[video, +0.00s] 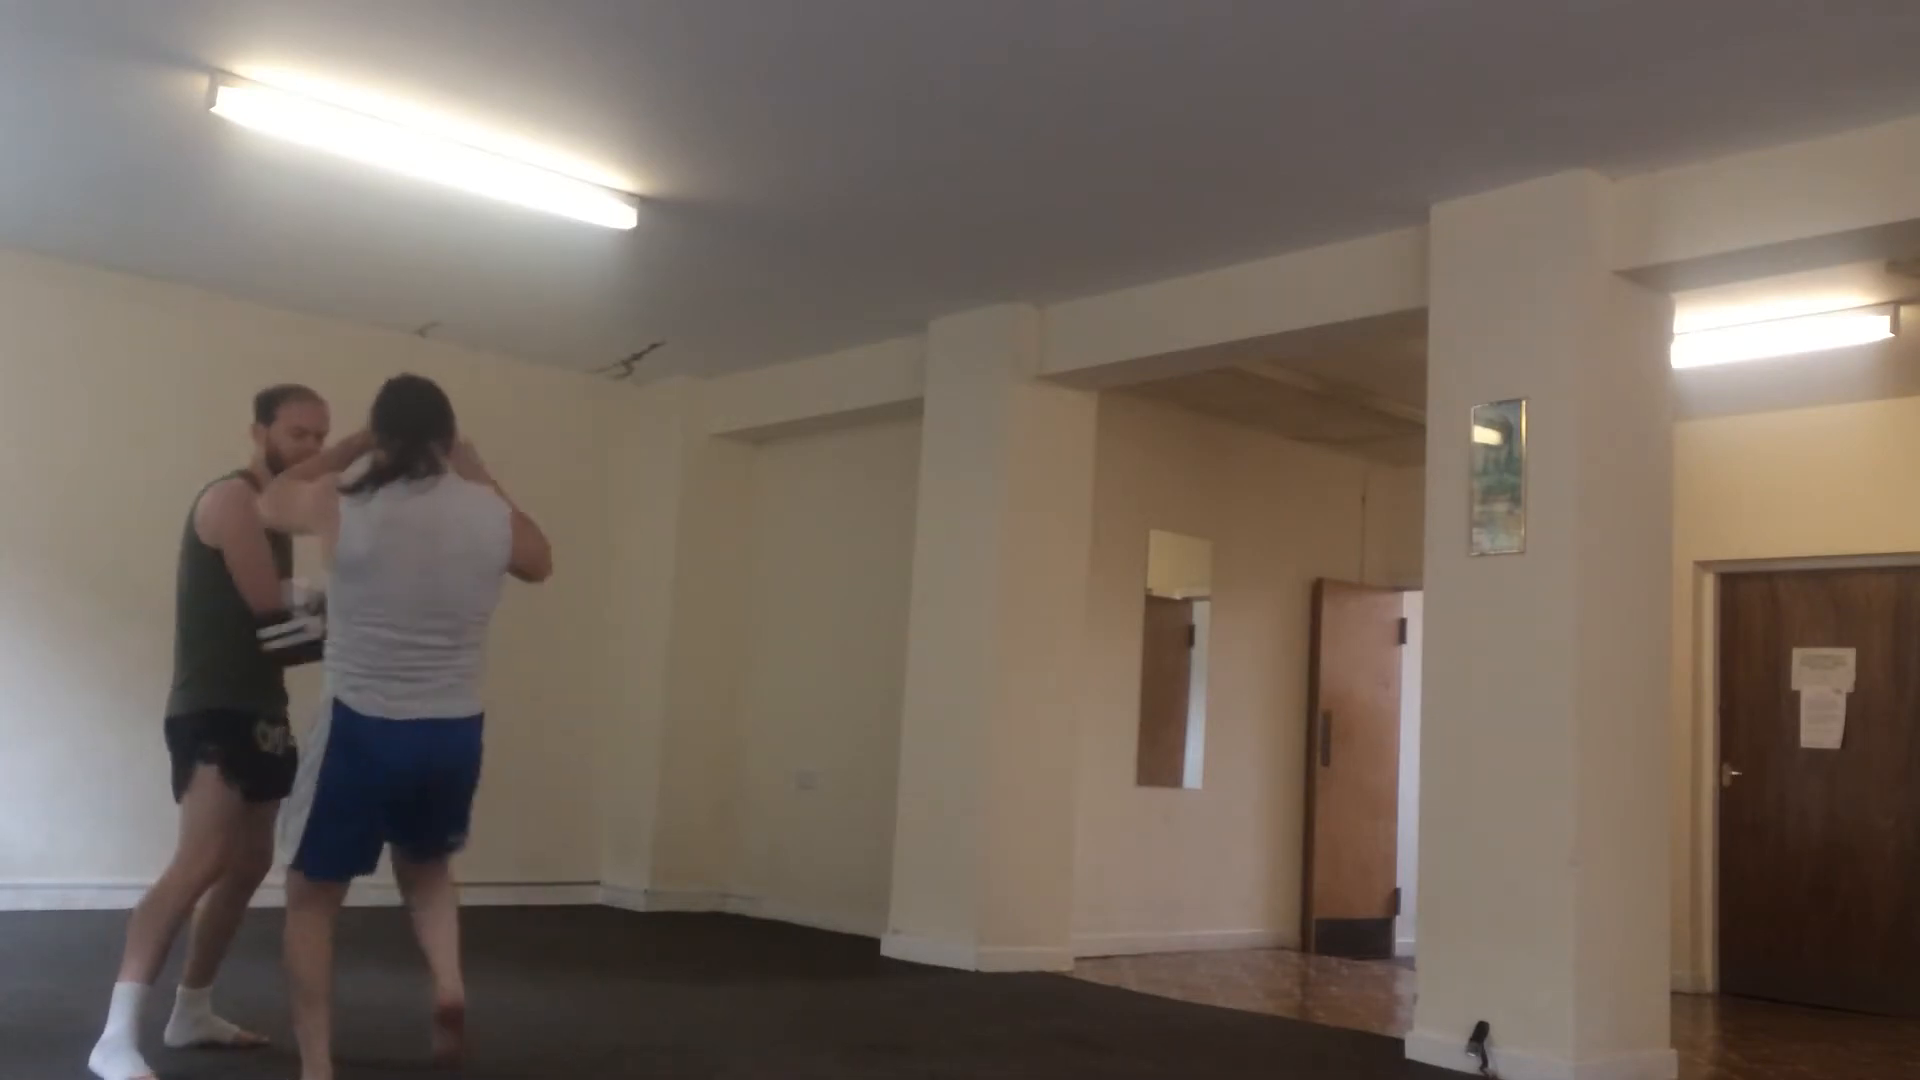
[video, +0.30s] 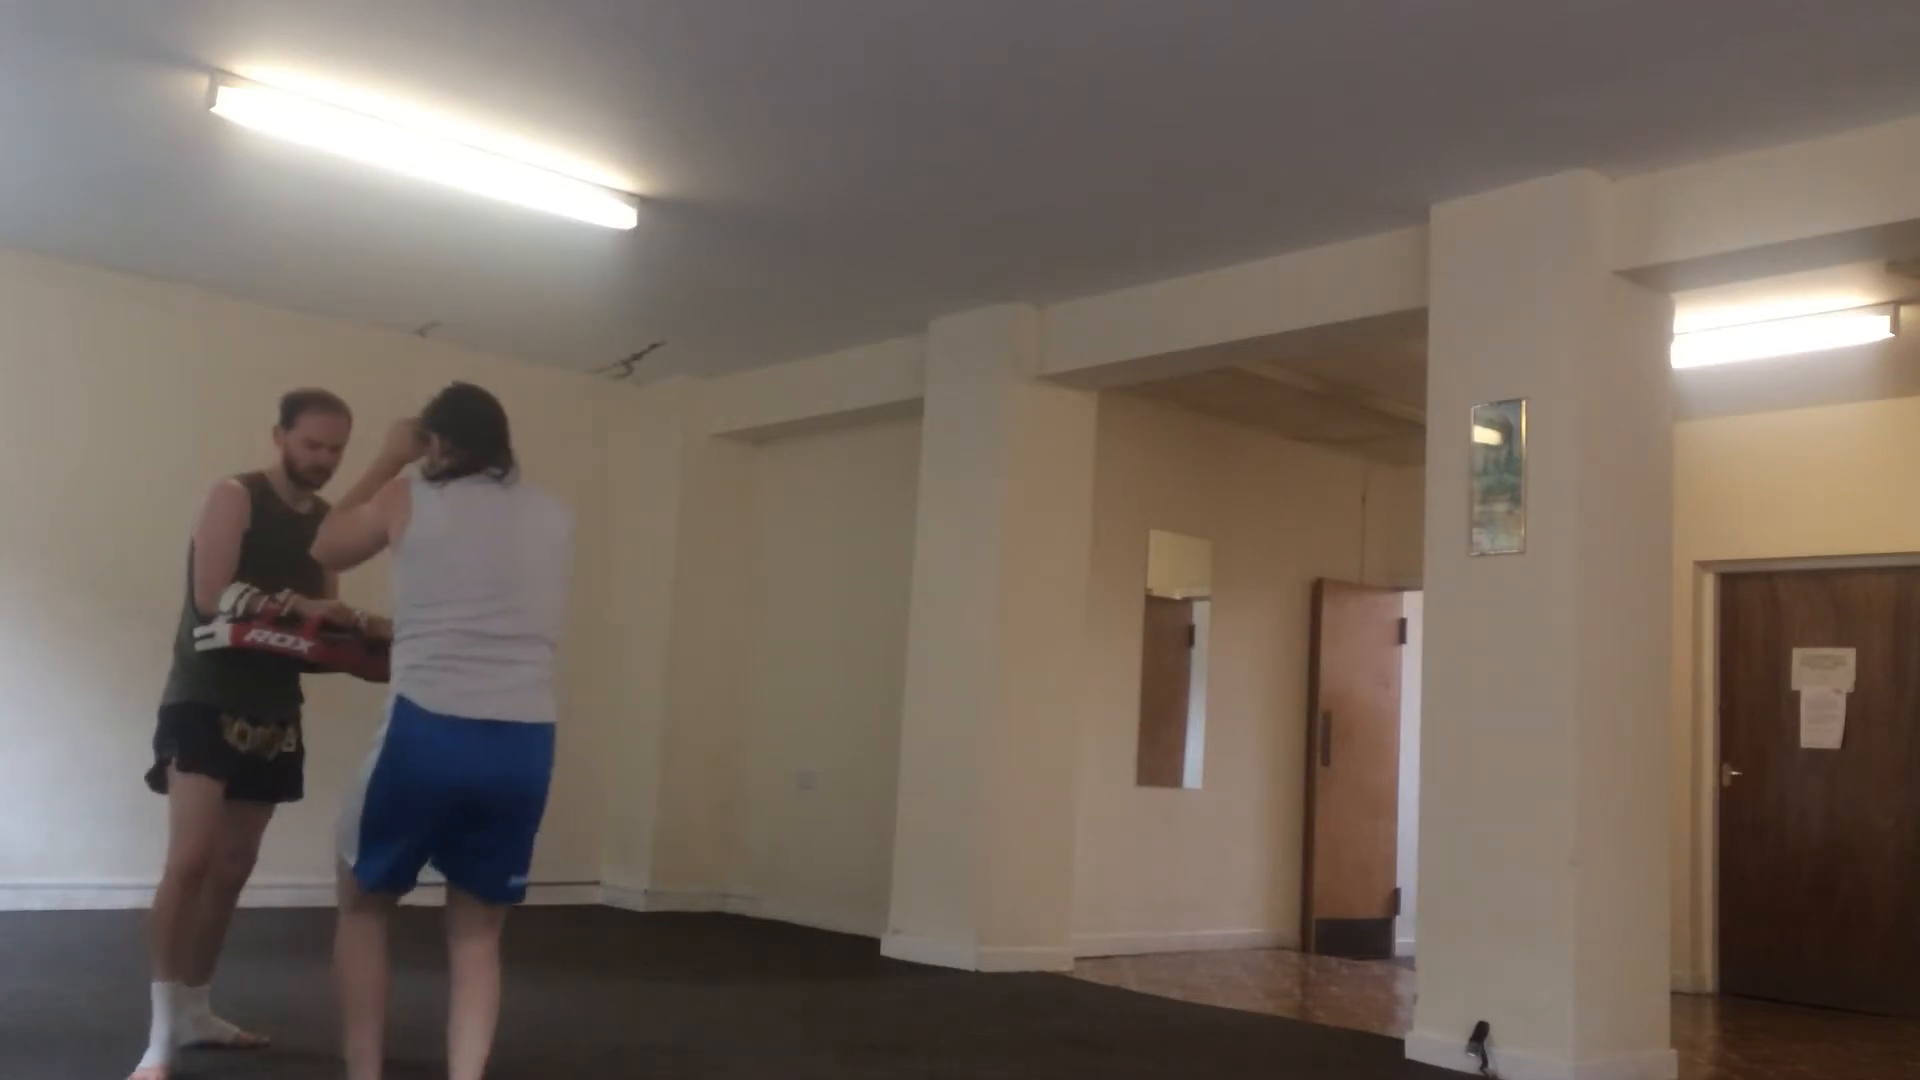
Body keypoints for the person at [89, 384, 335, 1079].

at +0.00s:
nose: (314, 449)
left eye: (321, 437)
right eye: (300, 435)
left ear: (325, 444)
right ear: (262, 435)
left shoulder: (277, 508)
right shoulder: (229, 499)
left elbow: (277, 611)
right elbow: (270, 600)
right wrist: (336, 593)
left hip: (262, 711)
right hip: (216, 711)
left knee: (246, 865)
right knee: (197, 863)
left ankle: (192, 1012)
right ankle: (116, 1037)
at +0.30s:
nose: (324, 460)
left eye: (335, 451)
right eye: (314, 445)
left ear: (341, 453)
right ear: (280, 436)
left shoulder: (324, 520)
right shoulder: (233, 498)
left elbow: (325, 612)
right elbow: (211, 595)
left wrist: (366, 629)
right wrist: (299, 607)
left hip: (273, 708)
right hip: (206, 703)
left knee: (232, 867)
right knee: (190, 863)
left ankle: (193, 1008)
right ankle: (162, 1030)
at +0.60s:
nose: (320, 452)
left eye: (331, 442)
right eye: (309, 437)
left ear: (340, 441)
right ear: (272, 427)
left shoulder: (339, 512)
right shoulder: (222, 493)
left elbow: (339, 601)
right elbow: (198, 593)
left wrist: (379, 588)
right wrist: (295, 584)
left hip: (295, 712)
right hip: (208, 707)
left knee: (321, 880)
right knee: (182, 874)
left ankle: (258, 990)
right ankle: (169, 1040)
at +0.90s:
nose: (357, 459)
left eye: (369, 450)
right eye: (348, 444)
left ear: (380, 451)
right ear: (315, 431)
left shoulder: (377, 514)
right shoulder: (259, 499)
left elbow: (445, 581)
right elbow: (217, 594)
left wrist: (463, 526)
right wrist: (284, 584)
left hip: (351, 728)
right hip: (257, 724)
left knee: (388, 884)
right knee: (171, 884)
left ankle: (392, 1056)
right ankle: (172, 1043)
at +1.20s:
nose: (392, 453)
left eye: (404, 441)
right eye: (378, 440)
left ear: (423, 443)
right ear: (354, 442)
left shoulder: (418, 520)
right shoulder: (320, 502)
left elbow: (468, 592)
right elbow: (250, 587)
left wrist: (495, 504)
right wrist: (196, 669)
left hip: (418, 726)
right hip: (348, 726)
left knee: (474, 873)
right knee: (281, 884)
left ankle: (401, 1045)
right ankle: (144, 1018)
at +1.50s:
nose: (401, 426)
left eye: (413, 414)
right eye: (388, 414)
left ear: (434, 419)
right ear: (366, 420)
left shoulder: (446, 505)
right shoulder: (330, 490)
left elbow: (493, 570)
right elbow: (264, 568)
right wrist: (229, 595)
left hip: (415, 711)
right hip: (326, 705)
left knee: (430, 883)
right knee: (249, 870)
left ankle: (394, 1054)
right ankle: (167, 1024)